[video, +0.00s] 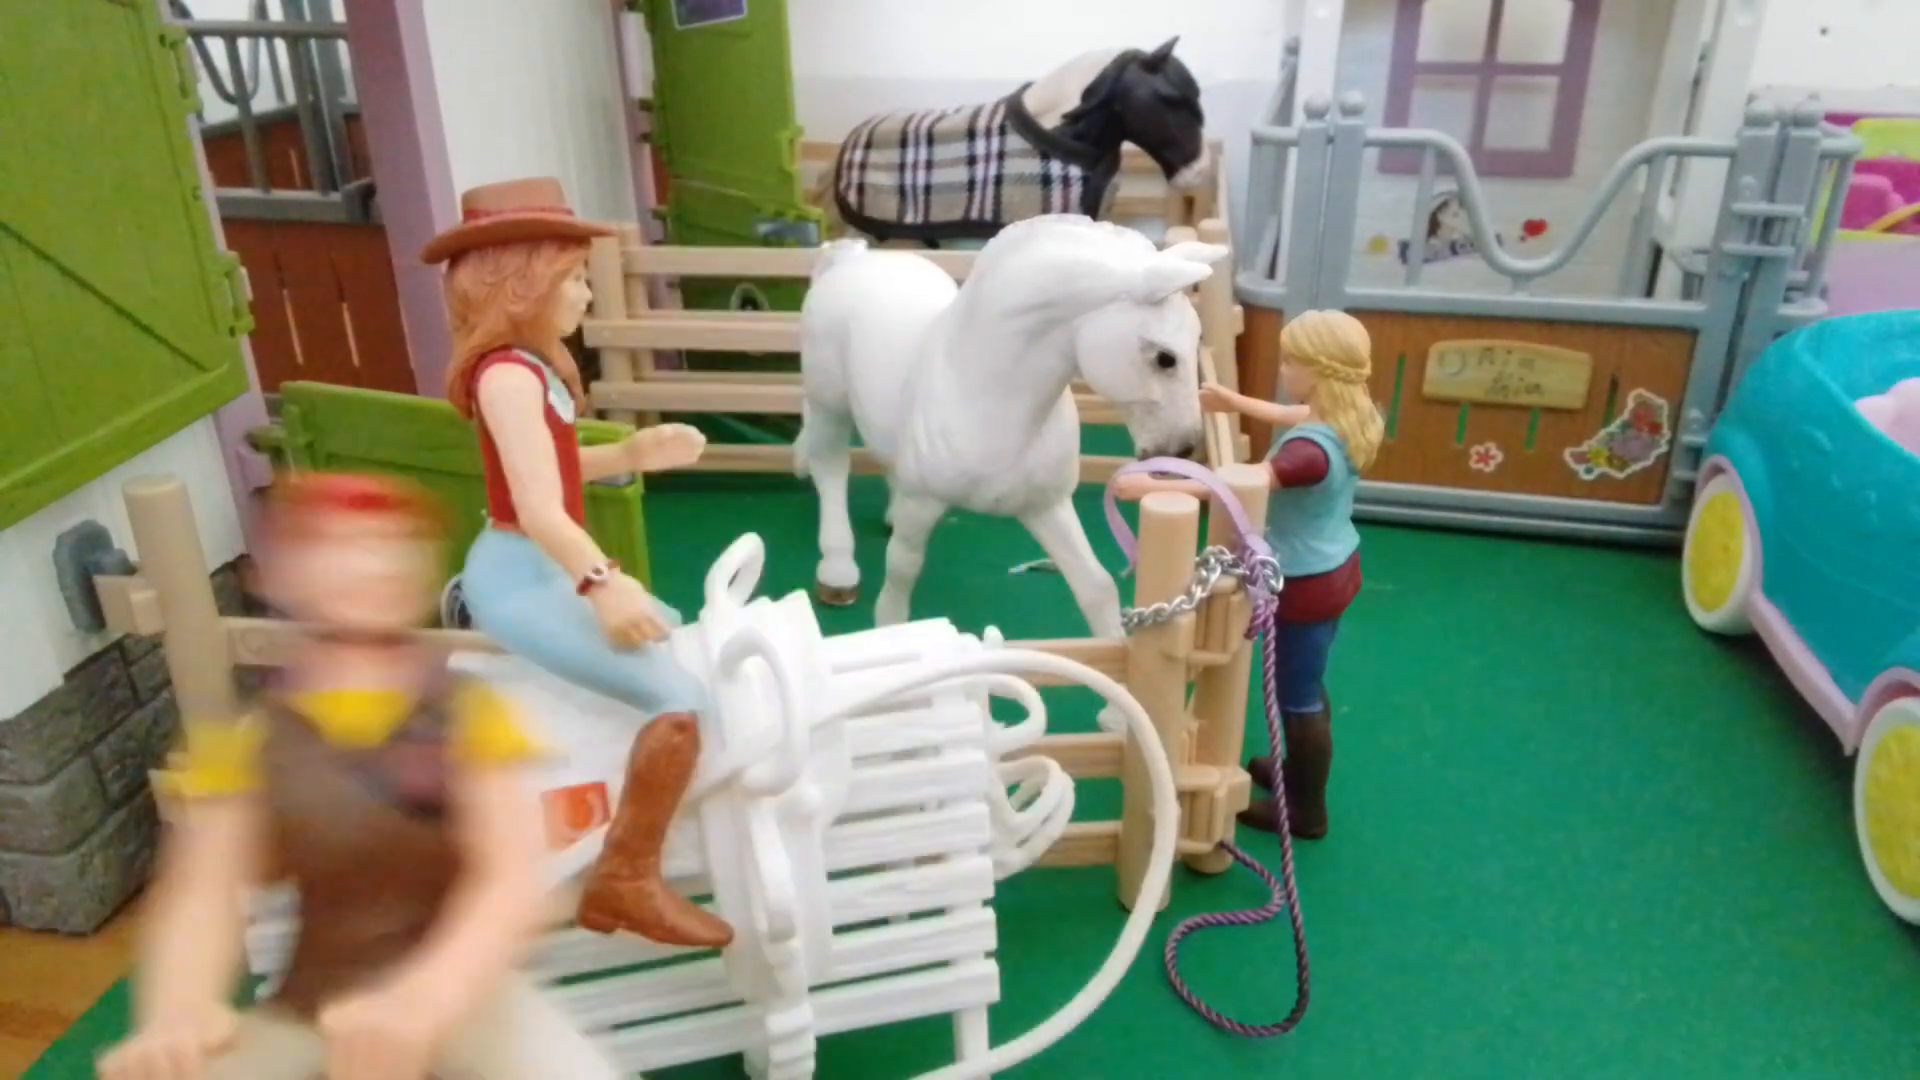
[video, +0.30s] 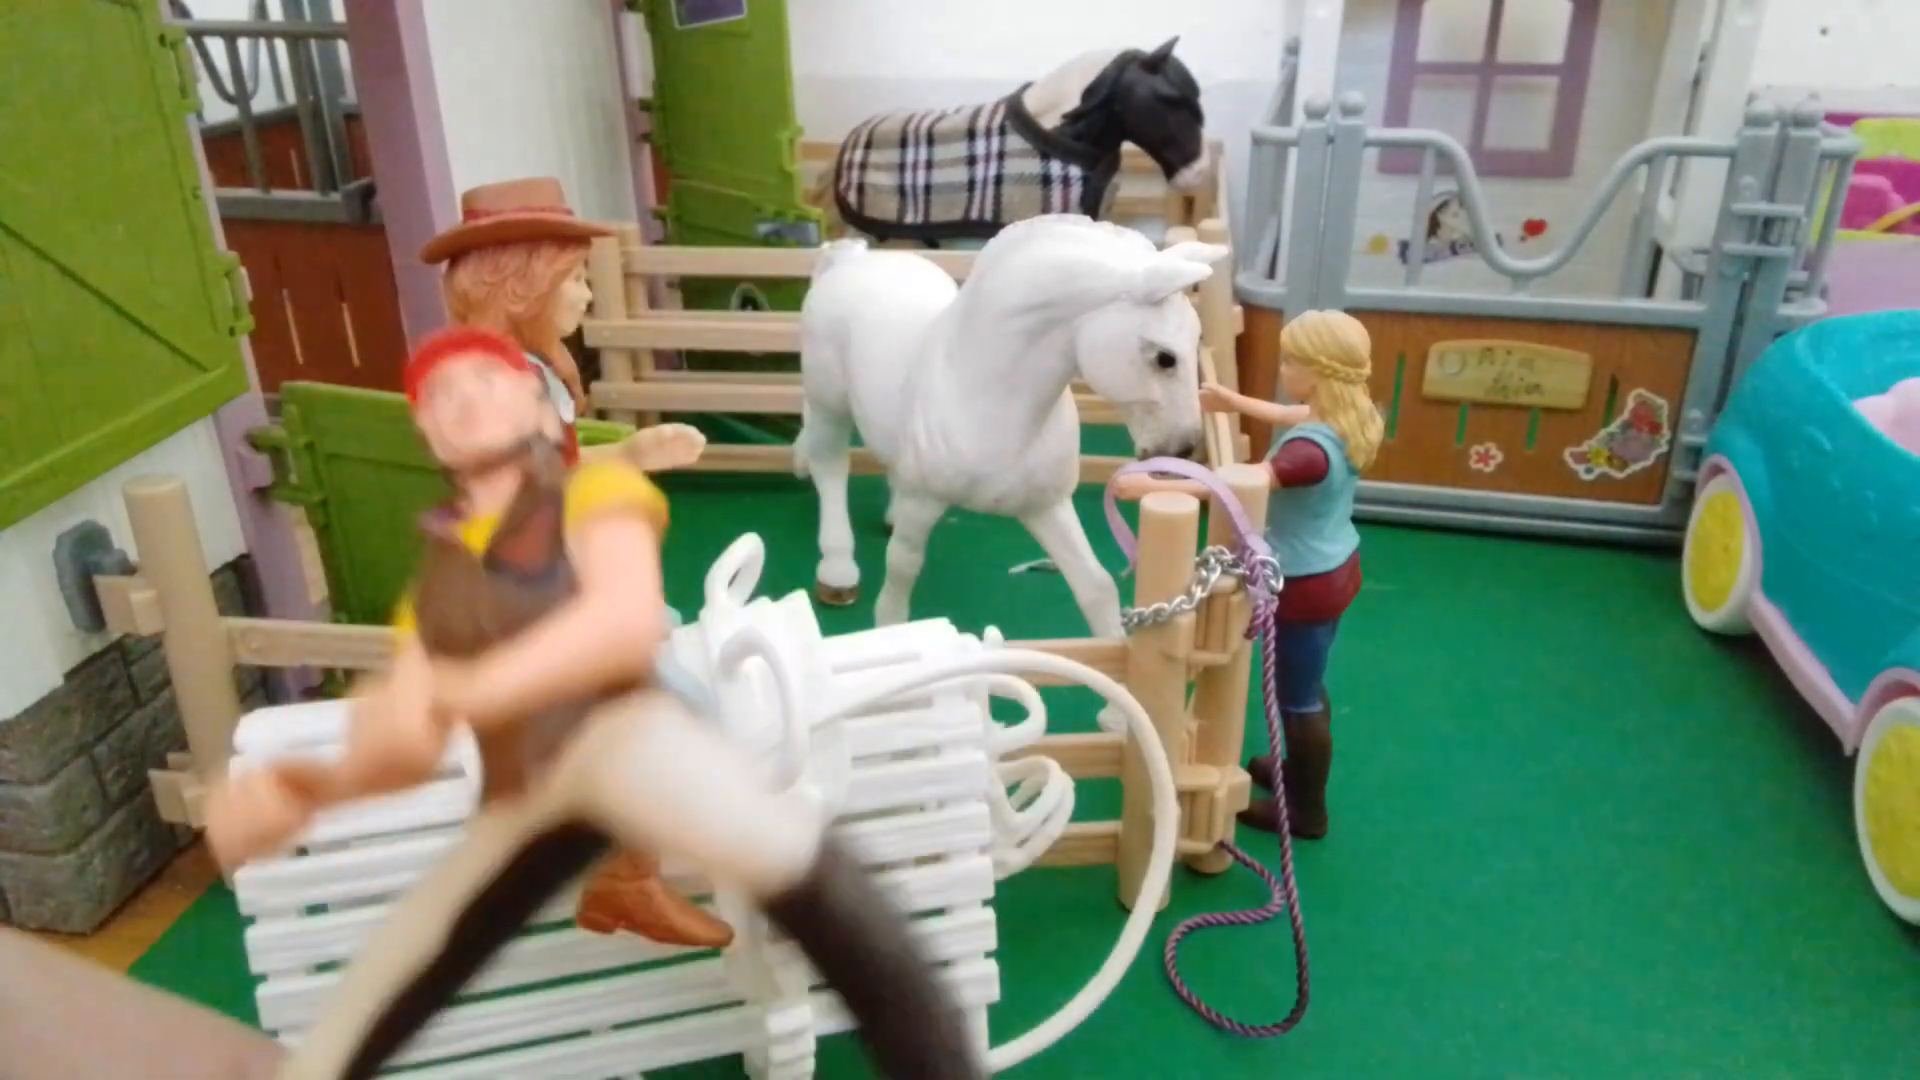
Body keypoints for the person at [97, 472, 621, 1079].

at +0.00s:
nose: (370, 569)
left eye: (389, 546)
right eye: (339, 548)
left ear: (419, 565)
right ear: (280, 572)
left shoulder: (471, 716)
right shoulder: (247, 740)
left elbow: (512, 881)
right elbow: (203, 893)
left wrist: (415, 1006)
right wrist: (181, 1012)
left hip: (465, 988)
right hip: (311, 1006)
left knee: (575, 1067)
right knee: (191, 1064)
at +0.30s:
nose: (462, 395)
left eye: (483, 374)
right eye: (437, 392)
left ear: (540, 403)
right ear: (424, 440)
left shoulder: (601, 487)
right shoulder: (441, 574)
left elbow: (628, 627)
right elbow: (404, 748)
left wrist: (461, 689)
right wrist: (309, 786)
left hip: (624, 741)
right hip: (517, 799)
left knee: (784, 862)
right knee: (356, 1021)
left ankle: (937, 1059)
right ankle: (310, 1068)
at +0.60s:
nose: (588, 293)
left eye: (585, 277)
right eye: (576, 278)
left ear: (533, 288)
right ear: (527, 285)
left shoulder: (539, 368)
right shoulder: (509, 377)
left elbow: (554, 468)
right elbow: (537, 512)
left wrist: (635, 454)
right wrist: (605, 584)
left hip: (551, 563)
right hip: (516, 577)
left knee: (703, 658)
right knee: (681, 696)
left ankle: (635, 873)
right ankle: (624, 879)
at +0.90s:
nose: (586, 292)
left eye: (583, 276)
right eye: (574, 277)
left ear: (531, 288)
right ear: (525, 285)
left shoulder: (538, 368)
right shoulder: (507, 377)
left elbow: (554, 468)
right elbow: (535, 512)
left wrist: (635, 453)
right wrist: (603, 584)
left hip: (550, 563)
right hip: (514, 578)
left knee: (700, 658)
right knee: (680, 695)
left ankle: (637, 871)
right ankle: (624, 877)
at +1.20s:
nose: (587, 293)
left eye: (584, 277)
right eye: (575, 278)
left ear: (532, 288)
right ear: (527, 285)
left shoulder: (537, 369)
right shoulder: (509, 377)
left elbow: (553, 469)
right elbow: (536, 513)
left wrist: (634, 454)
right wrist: (604, 583)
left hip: (551, 564)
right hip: (515, 577)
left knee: (705, 656)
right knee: (682, 695)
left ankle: (637, 873)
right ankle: (624, 879)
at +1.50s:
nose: (587, 293)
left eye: (584, 277)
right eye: (575, 278)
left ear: (531, 288)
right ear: (527, 286)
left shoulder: (538, 369)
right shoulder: (509, 377)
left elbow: (553, 469)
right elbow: (536, 512)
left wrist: (634, 454)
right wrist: (604, 583)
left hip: (551, 563)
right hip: (515, 576)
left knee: (705, 656)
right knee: (681, 694)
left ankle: (636, 871)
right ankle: (625, 879)